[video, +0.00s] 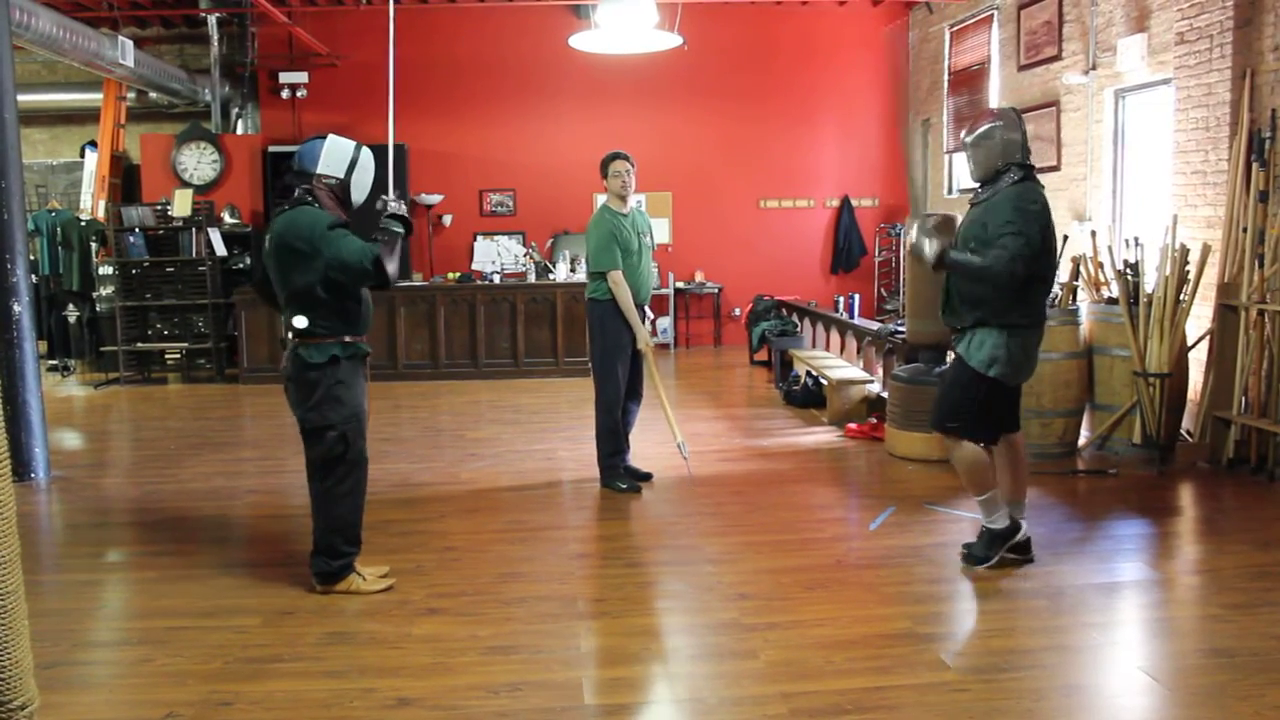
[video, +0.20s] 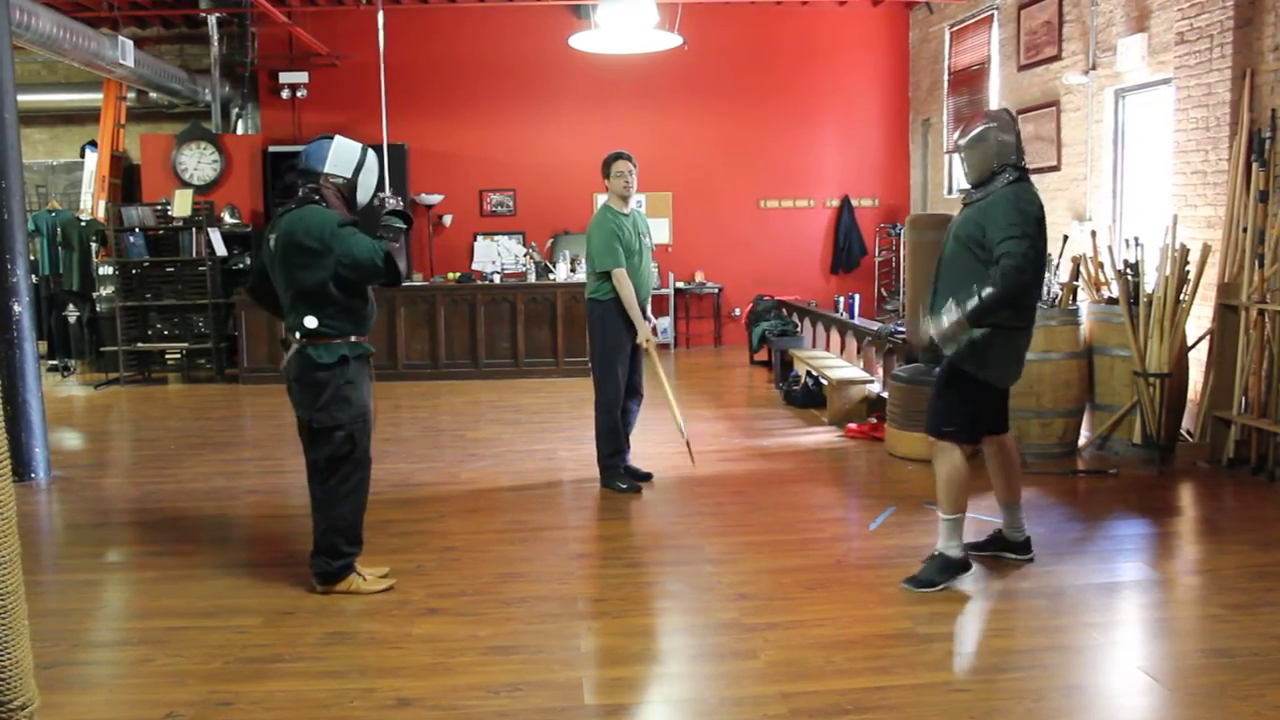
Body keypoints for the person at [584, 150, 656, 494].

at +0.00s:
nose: (625, 179)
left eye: (629, 173)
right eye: (617, 175)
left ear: (635, 179)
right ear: (605, 182)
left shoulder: (640, 217)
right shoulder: (603, 222)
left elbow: (644, 264)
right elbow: (615, 280)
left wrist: (645, 306)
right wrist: (638, 328)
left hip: (634, 307)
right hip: (608, 309)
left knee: (632, 390)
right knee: (611, 391)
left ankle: (620, 460)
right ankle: (610, 470)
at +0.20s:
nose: (628, 179)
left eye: (632, 174)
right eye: (620, 175)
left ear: (637, 179)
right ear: (606, 182)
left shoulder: (637, 217)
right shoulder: (604, 221)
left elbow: (643, 267)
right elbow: (619, 276)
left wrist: (646, 311)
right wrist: (639, 322)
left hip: (632, 307)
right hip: (608, 308)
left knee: (632, 390)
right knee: (611, 390)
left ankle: (620, 461)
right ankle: (610, 470)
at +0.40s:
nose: (629, 180)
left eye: (633, 174)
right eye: (622, 175)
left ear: (638, 180)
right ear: (608, 182)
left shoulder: (637, 219)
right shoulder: (605, 218)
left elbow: (644, 265)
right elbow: (619, 266)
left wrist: (649, 303)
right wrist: (642, 307)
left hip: (632, 307)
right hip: (608, 308)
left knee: (630, 389)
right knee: (612, 389)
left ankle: (620, 461)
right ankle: (610, 470)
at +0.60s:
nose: (628, 179)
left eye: (632, 174)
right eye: (621, 174)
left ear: (638, 179)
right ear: (608, 181)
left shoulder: (640, 219)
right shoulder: (605, 217)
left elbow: (652, 258)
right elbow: (621, 255)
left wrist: (652, 296)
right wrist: (648, 285)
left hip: (633, 308)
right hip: (607, 308)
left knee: (632, 389)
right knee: (611, 389)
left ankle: (620, 460)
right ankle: (610, 469)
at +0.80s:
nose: (629, 179)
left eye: (633, 174)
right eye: (621, 174)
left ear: (638, 180)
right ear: (608, 181)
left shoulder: (643, 219)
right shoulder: (601, 214)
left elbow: (662, 253)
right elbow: (617, 234)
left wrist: (656, 252)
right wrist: (644, 247)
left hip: (634, 311)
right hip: (607, 310)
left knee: (632, 391)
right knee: (610, 391)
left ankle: (621, 460)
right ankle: (610, 469)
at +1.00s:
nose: (629, 179)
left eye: (634, 174)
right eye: (622, 174)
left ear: (639, 181)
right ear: (609, 180)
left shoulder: (642, 220)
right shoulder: (600, 213)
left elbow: (659, 255)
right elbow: (612, 229)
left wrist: (653, 249)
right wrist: (639, 240)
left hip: (633, 311)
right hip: (606, 309)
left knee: (632, 392)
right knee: (610, 391)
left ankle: (619, 459)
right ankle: (601, 467)